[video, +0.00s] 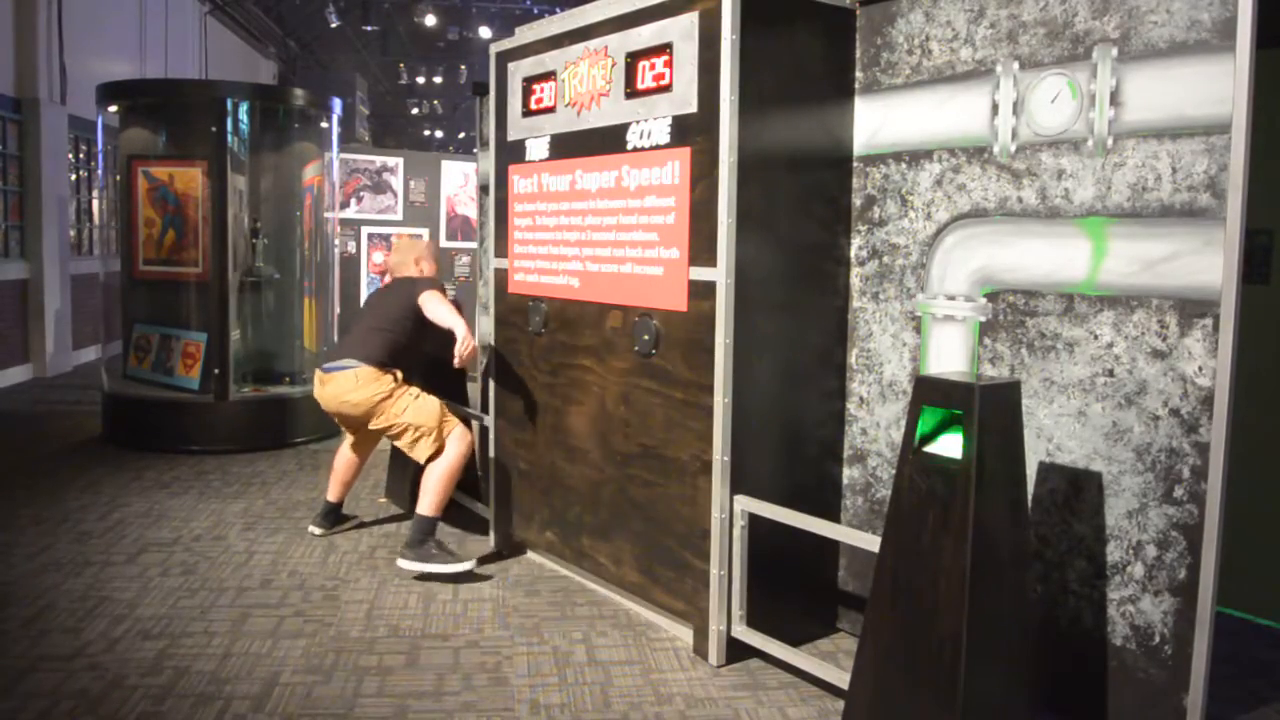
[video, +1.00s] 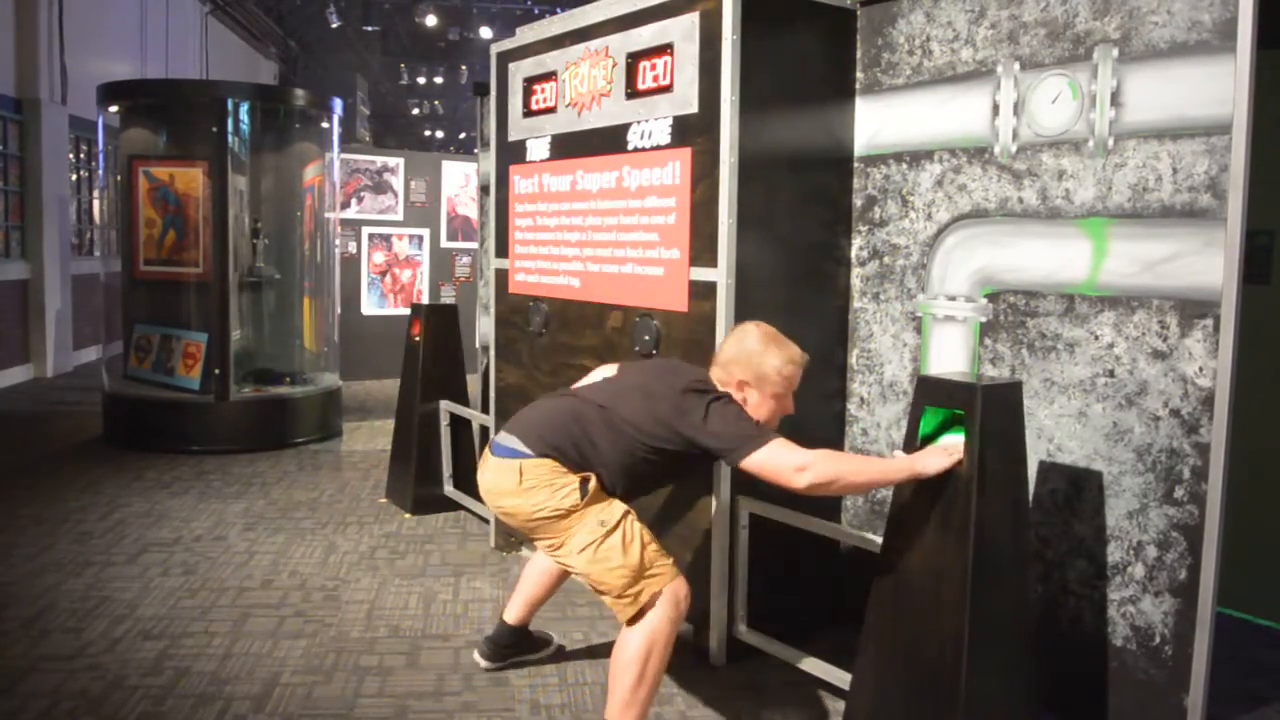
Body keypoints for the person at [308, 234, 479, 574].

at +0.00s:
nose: (436, 270)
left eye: (434, 265)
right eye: (433, 265)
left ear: (395, 268)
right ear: (421, 264)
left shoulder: (381, 293)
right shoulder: (421, 286)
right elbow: (433, 305)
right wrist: (461, 329)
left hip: (326, 383)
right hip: (366, 383)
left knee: (364, 432)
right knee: (457, 438)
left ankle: (328, 513)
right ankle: (420, 543)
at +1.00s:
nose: (788, 408)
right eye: (782, 395)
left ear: (729, 374)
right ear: (739, 387)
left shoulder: (661, 371)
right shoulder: (709, 409)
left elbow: (588, 383)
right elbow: (803, 471)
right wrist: (914, 465)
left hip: (503, 460)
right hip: (538, 477)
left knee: (577, 529)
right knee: (663, 596)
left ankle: (506, 634)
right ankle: (620, 716)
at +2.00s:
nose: (418, 267)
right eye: (415, 263)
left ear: (377, 277)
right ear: (414, 269)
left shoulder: (372, 310)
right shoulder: (431, 299)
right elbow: (455, 348)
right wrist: (475, 407)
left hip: (337, 407)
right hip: (384, 414)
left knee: (370, 441)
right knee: (450, 490)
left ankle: (341, 519)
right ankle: (375, 564)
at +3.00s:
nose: (615, 244)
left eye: (615, 234)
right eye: (607, 234)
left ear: (571, 233)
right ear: (569, 233)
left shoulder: (537, 279)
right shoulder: (565, 289)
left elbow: (511, 360)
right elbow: (634, 351)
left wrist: (540, 421)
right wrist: (735, 373)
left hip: (459, 433)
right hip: (500, 437)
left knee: (504, 509)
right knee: (587, 543)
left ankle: (439, 617)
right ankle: (638, 706)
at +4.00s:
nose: (470, 169)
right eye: (468, 162)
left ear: (423, 173)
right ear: (466, 166)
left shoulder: (410, 221)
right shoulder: (474, 200)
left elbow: (377, 303)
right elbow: (480, 253)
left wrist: (386, 344)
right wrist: (519, 314)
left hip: (401, 356)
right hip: (445, 356)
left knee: (446, 436)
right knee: (504, 460)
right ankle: (431, 574)